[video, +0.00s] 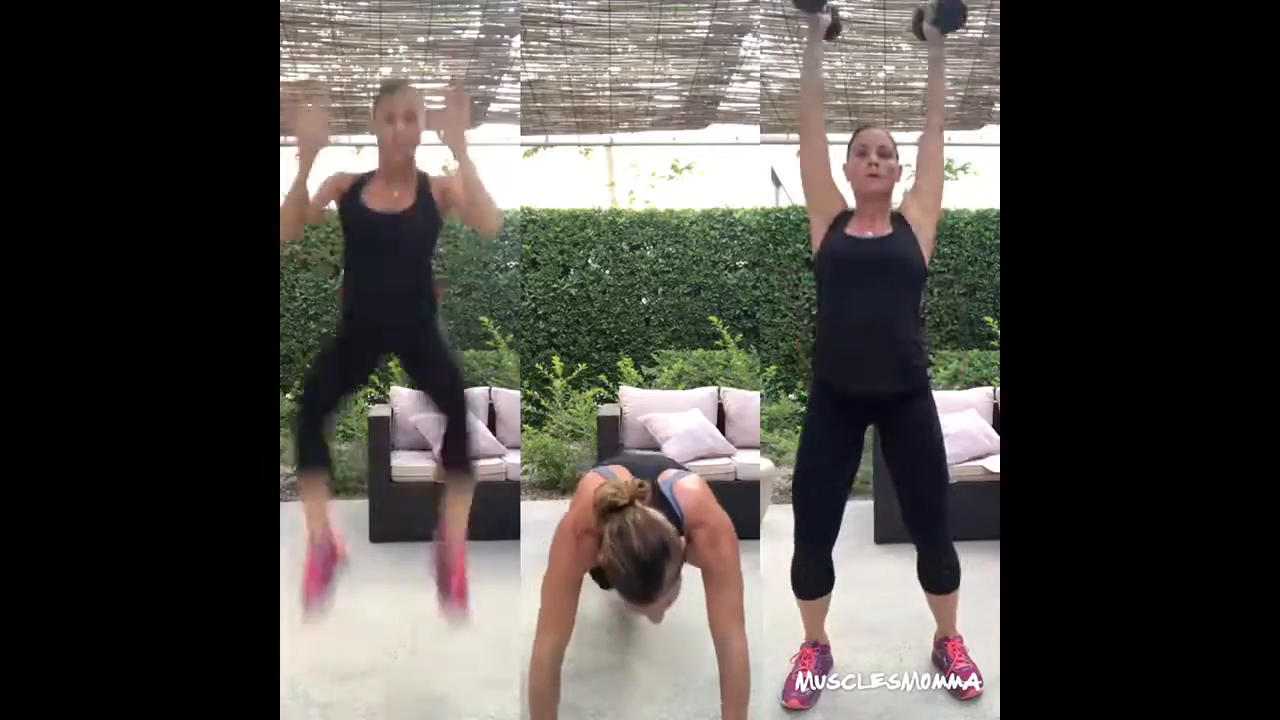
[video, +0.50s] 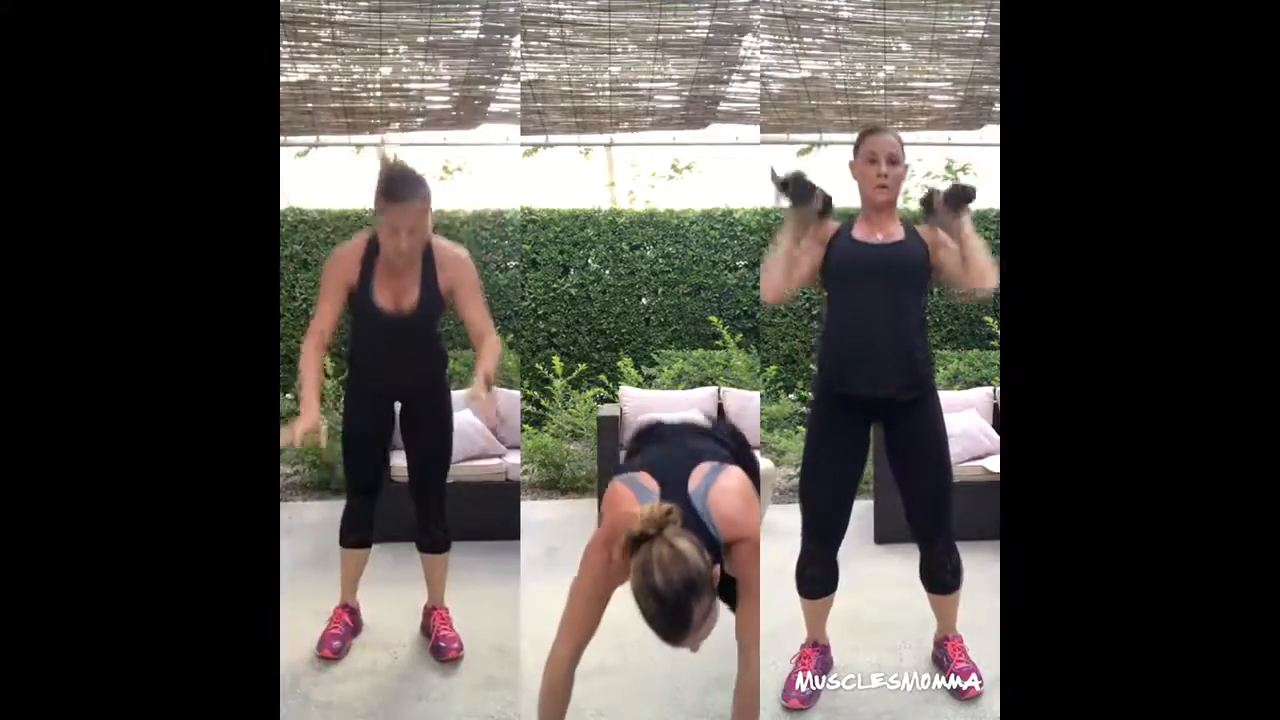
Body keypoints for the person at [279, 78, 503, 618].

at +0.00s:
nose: (400, 128)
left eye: (410, 118)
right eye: (390, 118)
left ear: (423, 126)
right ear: (374, 126)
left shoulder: (439, 186)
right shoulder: (349, 184)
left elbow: (489, 223)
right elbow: (288, 229)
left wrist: (459, 146)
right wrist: (307, 156)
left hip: (417, 331)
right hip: (361, 330)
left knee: (458, 413)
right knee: (309, 412)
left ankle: (452, 546)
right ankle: (322, 542)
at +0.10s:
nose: (402, 190)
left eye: (411, 179)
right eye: (393, 180)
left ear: (423, 186)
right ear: (378, 185)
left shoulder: (439, 242)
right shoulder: (352, 243)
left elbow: (496, 290)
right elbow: (290, 303)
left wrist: (466, 234)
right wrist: (305, 249)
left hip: (419, 394)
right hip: (360, 393)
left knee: (431, 505)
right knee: (340, 502)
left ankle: (436, 611)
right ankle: (343, 608)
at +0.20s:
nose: (401, 205)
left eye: (411, 195)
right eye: (390, 196)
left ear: (425, 202)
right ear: (375, 202)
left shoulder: (448, 263)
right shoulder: (349, 259)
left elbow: (492, 334)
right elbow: (311, 331)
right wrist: (300, 319)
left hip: (422, 405)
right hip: (359, 404)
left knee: (438, 511)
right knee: (341, 511)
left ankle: (437, 611)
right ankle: (346, 611)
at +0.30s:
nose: (402, 202)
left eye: (412, 191)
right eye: (391, 191)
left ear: (428, 187)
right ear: (377, 186)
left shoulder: (449, 247)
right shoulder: (349, 240)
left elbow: (483, 324)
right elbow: (320, 314)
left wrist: (477, 332)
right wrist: (314, 360)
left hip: (422, 390)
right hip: (361, 388)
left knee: (435, 502)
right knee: (350, 500)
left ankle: (438, 609)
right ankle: (346, 608)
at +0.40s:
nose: (404, 211)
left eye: (414, 200)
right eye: (393, 199)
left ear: (430, 189)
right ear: (376, 188)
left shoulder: (450, 243)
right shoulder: (347, 238)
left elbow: (484, 316)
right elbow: (319, 317)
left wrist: (476, 339)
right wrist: (314, 375)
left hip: (425, 388)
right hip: (364, 388)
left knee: (430, 501)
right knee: (358, 498)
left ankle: (437, 609)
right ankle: (345, 607)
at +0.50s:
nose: (404, 241)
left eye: (414, 230)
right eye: (394, 230)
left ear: (429, 217)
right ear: (377, 216)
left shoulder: (452, 262)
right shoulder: (349, 258)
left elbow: (487, 336)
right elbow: (317, 338)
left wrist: (483, 374)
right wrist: (310, 408)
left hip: (427, 394)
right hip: (367, 393)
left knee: (431, 502)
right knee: (360, 498)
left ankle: (437, 610)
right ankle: (347, 608)